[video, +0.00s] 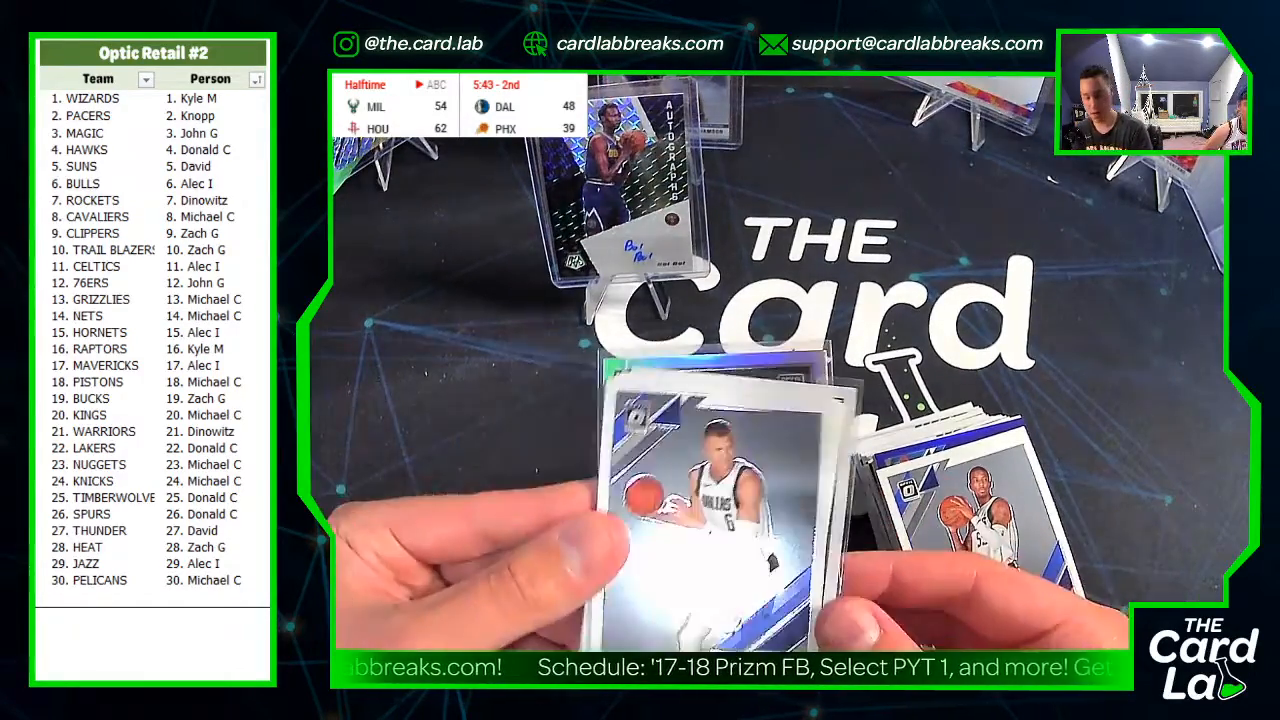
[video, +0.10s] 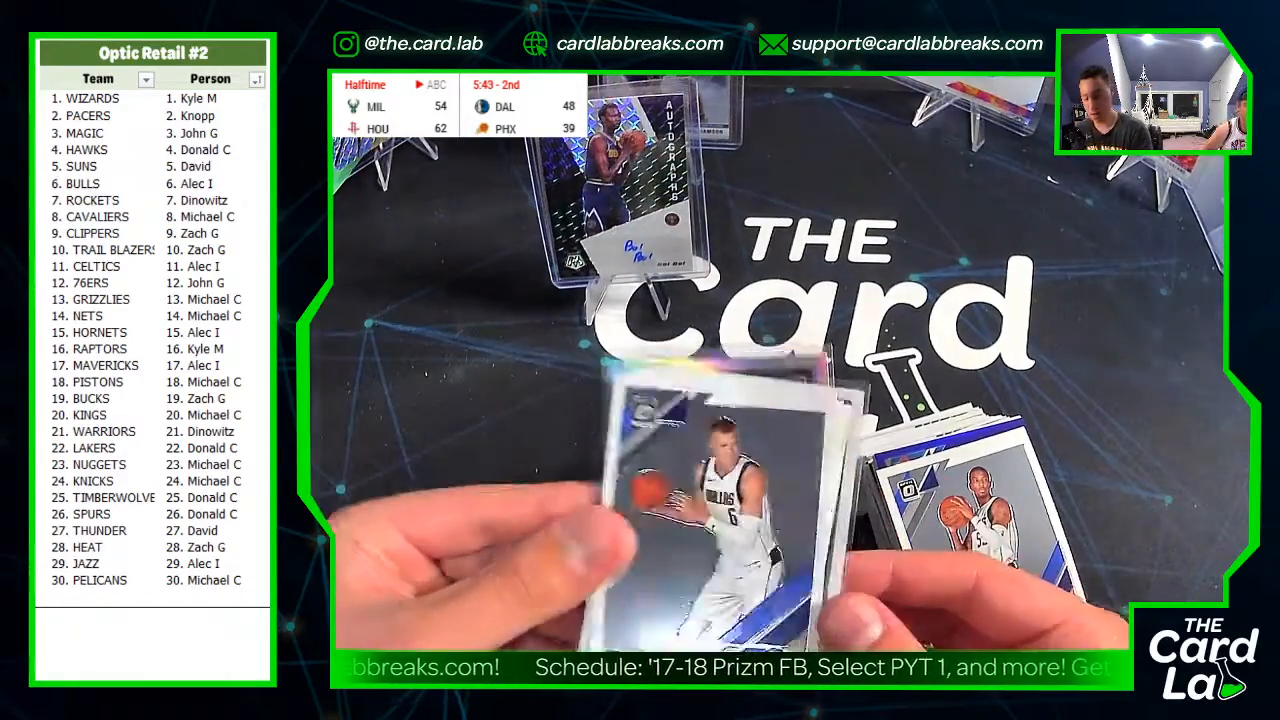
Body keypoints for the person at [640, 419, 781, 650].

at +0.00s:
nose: (725, 455)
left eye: (729, 448)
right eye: (718, 449)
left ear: (734, 446)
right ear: (706, 450)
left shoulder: (748, 480)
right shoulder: (697, 475)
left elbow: (746, 538)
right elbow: (698, 522)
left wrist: (693, 521)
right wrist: (660, 515)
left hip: (756, 566)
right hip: (719, 560)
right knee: (688, 636)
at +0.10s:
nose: (730, 451)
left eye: (734, 444)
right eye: (724, 446)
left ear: (739, 444)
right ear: (711, 447)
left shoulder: (752, 476)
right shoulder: (703, 471)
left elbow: (746, 536)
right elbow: (704, 515)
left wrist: (704, 518)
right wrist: (666, 508)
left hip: (761, 569)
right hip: (728, 568)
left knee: (757, 637)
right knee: (692, 634)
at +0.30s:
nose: (749, 446)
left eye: (754, 440)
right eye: (743, 440)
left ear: (762, 441)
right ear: (735, 442)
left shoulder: (776, 470)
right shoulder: (727, 466)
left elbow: (772, 528)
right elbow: (724, 507)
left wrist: (730, 512)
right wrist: (680, 503)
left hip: (788, 563)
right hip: (754, 561)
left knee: (796, 626)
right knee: (716, 622)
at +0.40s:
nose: (774, 428)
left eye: (779, 421)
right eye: (769, 422)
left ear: (787, 422)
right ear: (761, 424)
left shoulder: (802, 456)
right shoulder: (753, 451)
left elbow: (794, 517)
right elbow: (749, 493)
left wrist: (751, 498)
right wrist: (713, 483)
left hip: (812, 544)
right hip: (778, 541)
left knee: (806, 610)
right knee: (739, 608)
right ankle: (731, 663)